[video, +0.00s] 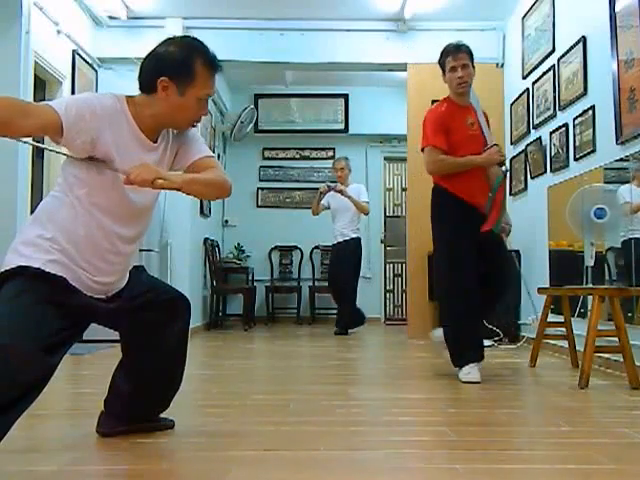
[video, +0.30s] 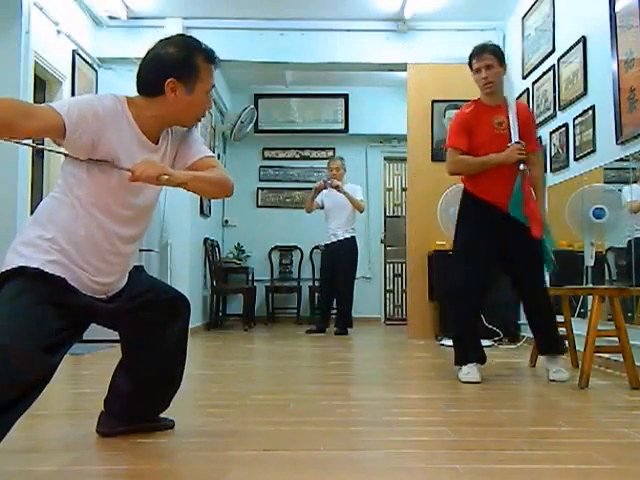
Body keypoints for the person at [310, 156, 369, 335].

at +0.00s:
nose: (339, 173)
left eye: (342, 169)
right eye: (336, 170)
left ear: (349, 171)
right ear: (333, 172)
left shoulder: (357, 189)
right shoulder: (331, 193)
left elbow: (365, 210)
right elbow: (315, 211)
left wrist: (347, 195)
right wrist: (320, 195)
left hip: (352, 241)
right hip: (338, 242)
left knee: (347, 282)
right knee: (333, 282)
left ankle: (342, 324)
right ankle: (355, 315)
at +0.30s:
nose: (334, 173)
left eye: (337, 169)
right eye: (331, 170)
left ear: (344, 171)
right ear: (328, 172)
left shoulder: (354, 189)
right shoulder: (325, 193)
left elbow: (360, 208)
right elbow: (309, 208)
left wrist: (343, 191)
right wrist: (314, 192)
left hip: (347, 242)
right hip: (330, 243)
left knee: (344, 286)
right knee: (326, 285)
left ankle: (342, 325)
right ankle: (322, 324)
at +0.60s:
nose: (331, 171)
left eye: (334, 167)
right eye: (328, 168)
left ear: (339, 170)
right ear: (323, 171)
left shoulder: (348, 189)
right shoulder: (319, 194)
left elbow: (355, 206)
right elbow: (303, 206)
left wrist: (339, 189)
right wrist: (310, 188)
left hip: (342, 242)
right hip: (324, 243)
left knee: (341, 286)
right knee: (321, 286)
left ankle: (341, 325)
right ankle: (319, 324)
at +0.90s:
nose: (327, 171)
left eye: (330, 167)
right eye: (324, 168)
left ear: (335, 169)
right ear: (319, 171)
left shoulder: (344, 189)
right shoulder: (315, 193)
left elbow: (352, 205)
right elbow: (299, 205)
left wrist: (335, 188)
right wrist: (306, 188)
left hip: (339, 241)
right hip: (321, 243)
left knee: (339, 286)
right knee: (319, 287)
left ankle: (341, 324)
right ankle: (319, 323)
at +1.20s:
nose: (324, 171)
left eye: (327, 167)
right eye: (321, 168)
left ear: (333, 170)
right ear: (317, 171)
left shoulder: (342, 189)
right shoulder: (313, 193)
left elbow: (351, 206)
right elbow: (297, 205)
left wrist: (334, 188)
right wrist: (305, 187)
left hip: (337, 241)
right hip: (319, 243)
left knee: (338, 286)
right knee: (317, 287)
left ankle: (341, 324)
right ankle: (318, 323)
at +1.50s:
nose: (324, 171)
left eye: (327, 167)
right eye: (321, 168)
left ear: (332, 170)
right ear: (316, 171)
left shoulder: (341, 189)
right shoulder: (312, 193)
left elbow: (350, 206)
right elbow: (298, 207)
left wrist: (333, 188)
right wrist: (304, 189)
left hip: (336, 242)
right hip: (318, 243)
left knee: (338, 286)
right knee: (317, 287)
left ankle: (341, 324)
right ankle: (318, 323)